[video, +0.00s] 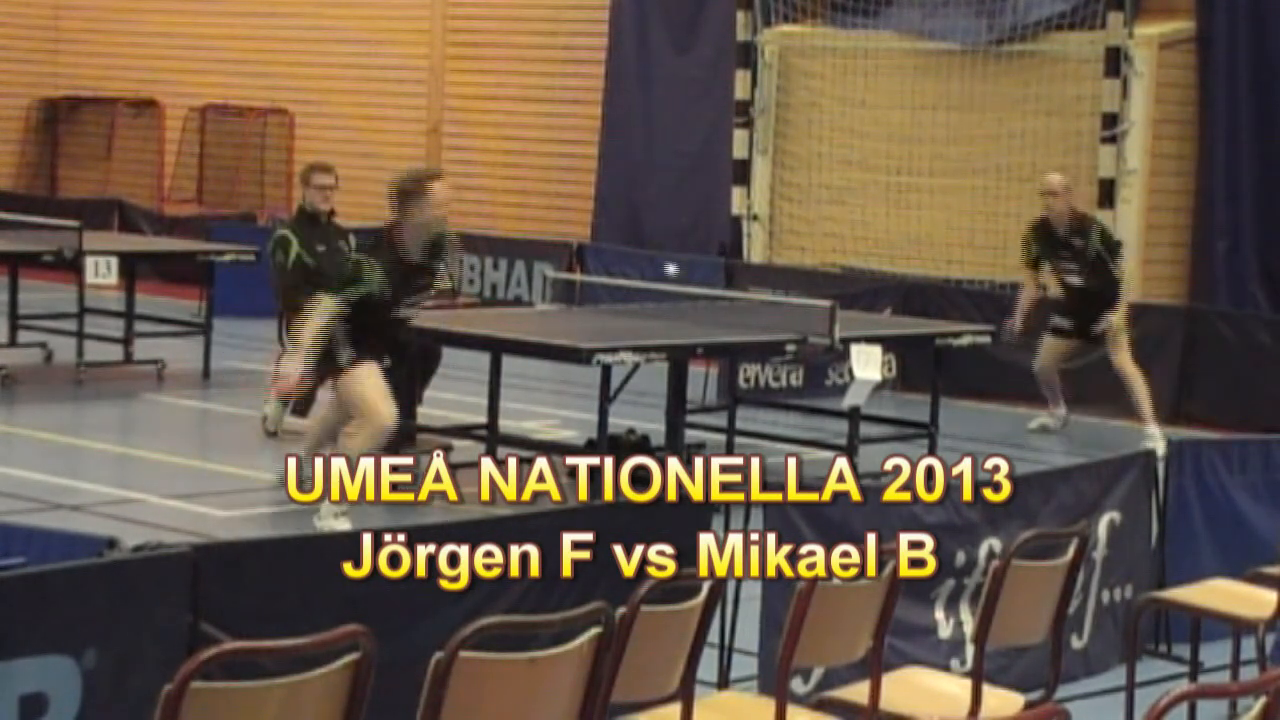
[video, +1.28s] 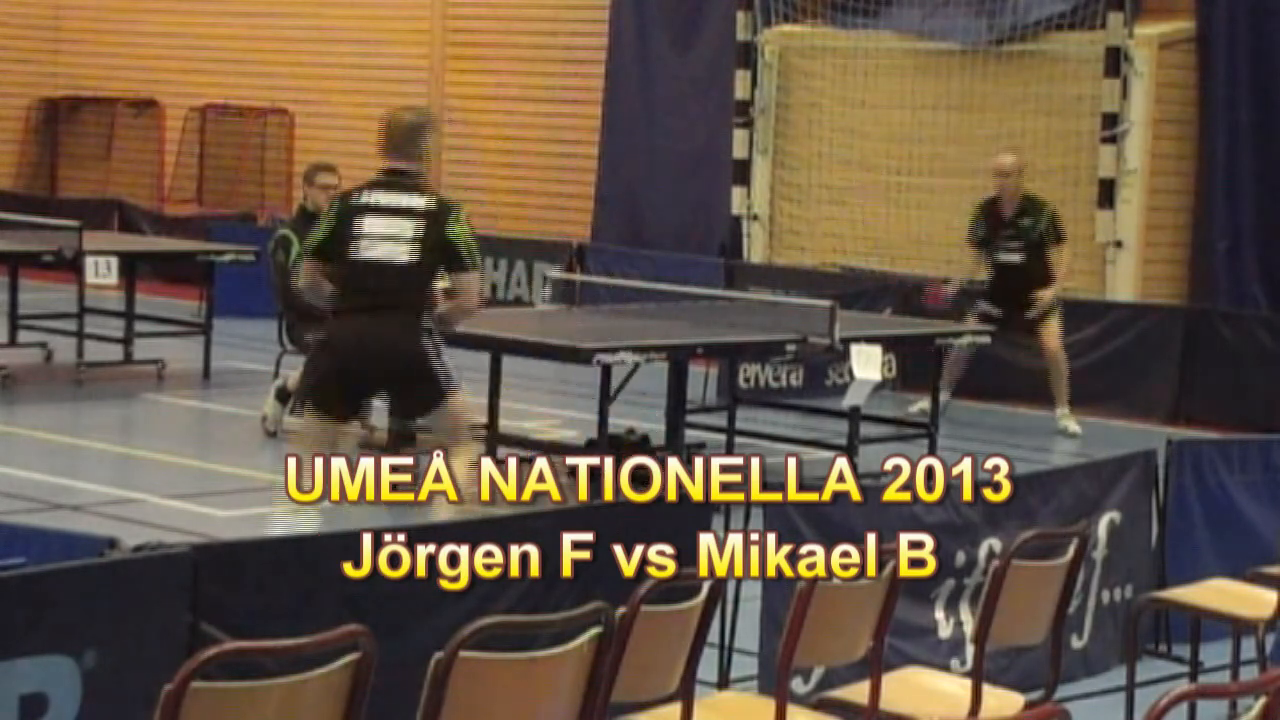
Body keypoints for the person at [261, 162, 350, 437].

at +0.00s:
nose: (326, 194)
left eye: (331, 188)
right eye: (319, 188)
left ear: (336, 191)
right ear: (304, 190)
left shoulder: (343, 235)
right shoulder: (287, 236)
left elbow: (352, 279)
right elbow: (290, 295)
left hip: (342, 324)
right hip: (306, 324)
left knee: (347, 400)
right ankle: (278, 406)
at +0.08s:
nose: (327, 194)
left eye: (331, 188)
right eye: (320, 188)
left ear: (336, 191)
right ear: (304, 190)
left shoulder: (343, 235)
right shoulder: (289, 235)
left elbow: (358, 278)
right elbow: (290, 295)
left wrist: (352, 302)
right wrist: (331, 308)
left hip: (344, 317)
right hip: (306, 317)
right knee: (325, 352)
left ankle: (361, 413)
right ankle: (286, 397)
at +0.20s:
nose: (327, 194)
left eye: (331, 188)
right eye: (320, 188)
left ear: (337, 191)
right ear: (303, 190)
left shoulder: (343, 235)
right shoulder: (288, 236)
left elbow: (357, 278)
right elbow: (290, 294)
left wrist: (362, 304)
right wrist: (329, 312)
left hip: (345, 316)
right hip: (307, 317)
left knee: (395, 345)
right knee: (328, 353)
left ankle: (362, 392)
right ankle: (284, 394)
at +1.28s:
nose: (332, 194)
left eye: (335, 188)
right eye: (325, 188)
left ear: (339, 190)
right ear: (306, 189)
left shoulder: (343, 230)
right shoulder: (289, 235)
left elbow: (356, 277)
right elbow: (286, 295)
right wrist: (327, 315)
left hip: (341, 321)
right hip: (304, 321)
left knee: (364, 350)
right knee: (335, 350)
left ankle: (359, 413)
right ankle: (285, 392)